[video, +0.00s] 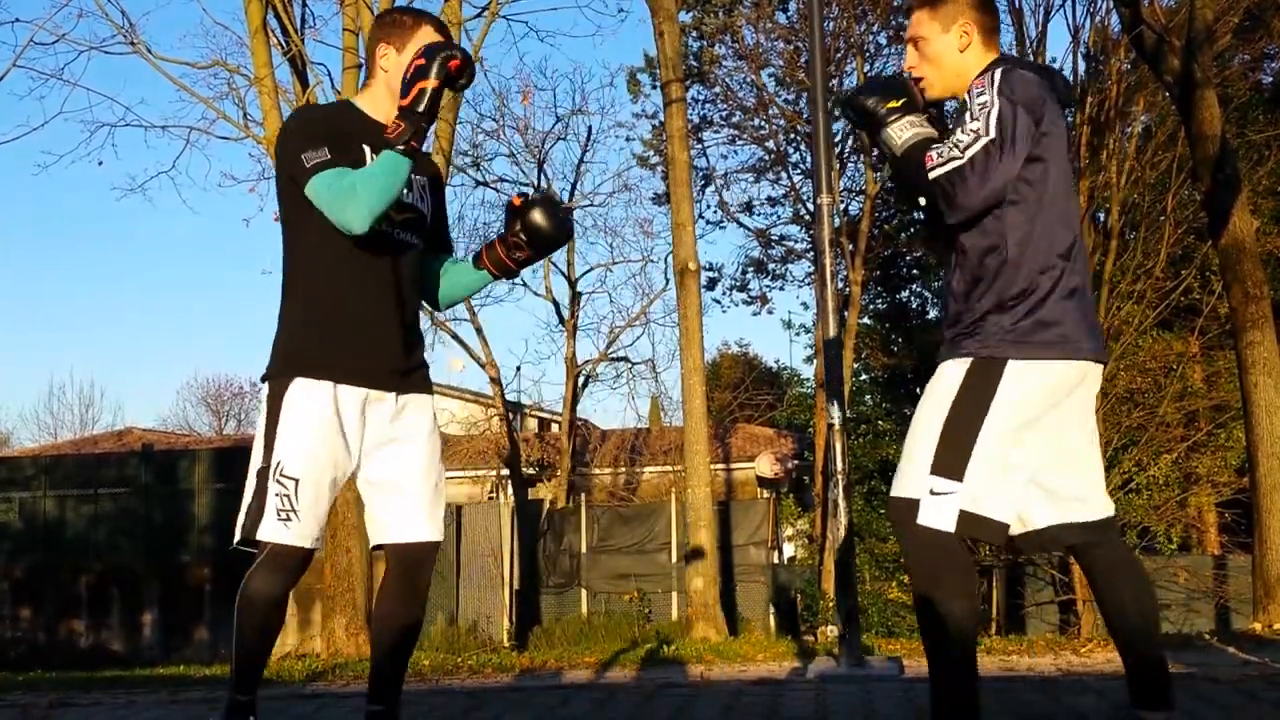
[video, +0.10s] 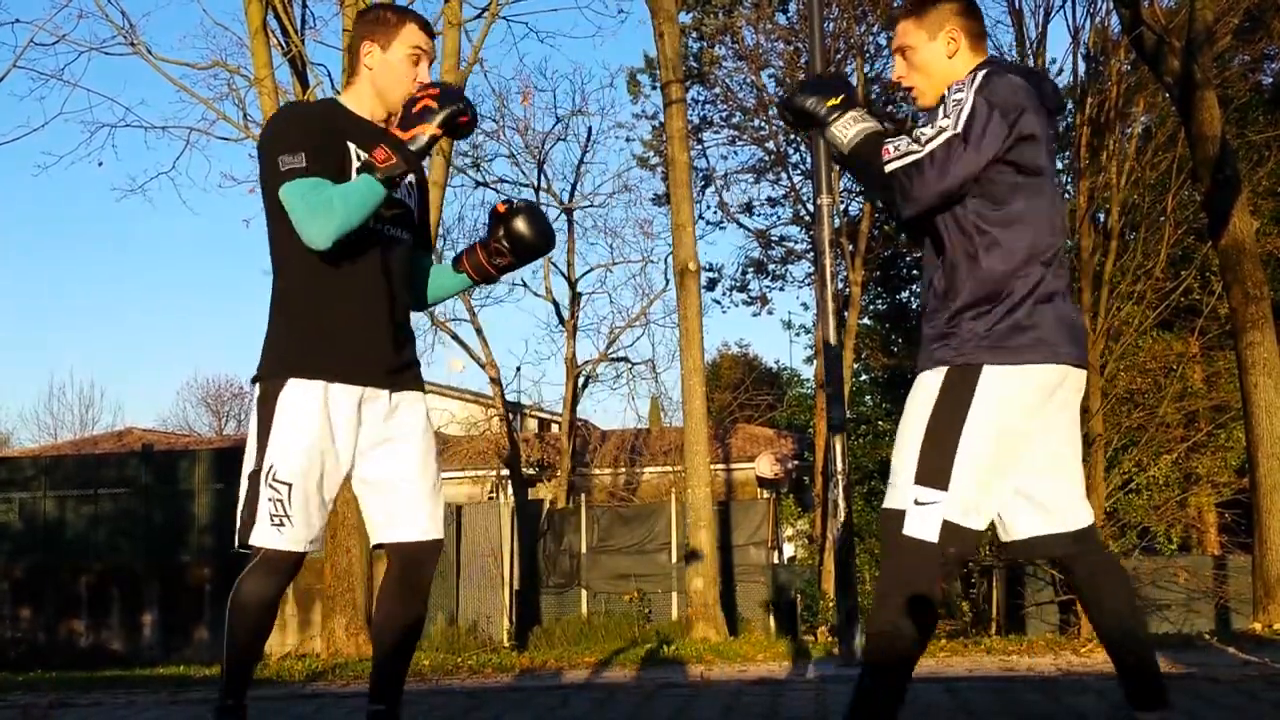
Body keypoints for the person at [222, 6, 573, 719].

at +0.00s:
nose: (438, 75)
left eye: (444, 65)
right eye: (427, 59)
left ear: (445, 75)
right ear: (384, 56)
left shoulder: (426, 175)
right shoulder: (312, 125)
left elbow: (431, 285)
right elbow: (352, 212)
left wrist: (498, 259)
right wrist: (411, 134)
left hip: (403, 383)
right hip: (316, 375)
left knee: (413, 546)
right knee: (287, 546)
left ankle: (383, 710)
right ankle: (240, 706)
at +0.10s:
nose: (427, 73)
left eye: (429, 62)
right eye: (416, 57)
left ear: (386, 60)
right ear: (369, 54)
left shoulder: (405, 164)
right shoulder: (298, 124)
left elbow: (414, 287)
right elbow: (320, 224)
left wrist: (481, 260)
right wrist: (409, 149)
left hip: (394, 380)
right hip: (309, 375)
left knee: (416, 542)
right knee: (282, 545)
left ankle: (384, 708)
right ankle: (231, 706)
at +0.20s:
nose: (418, 92)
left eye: (419, 77)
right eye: (408, 73)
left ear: (374, 71)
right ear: (363, 65)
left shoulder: (394, 176)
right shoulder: (283, 141)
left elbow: (390, 305)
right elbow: (274, 251)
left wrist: (462, 278)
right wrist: (372, 218)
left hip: (385, 388)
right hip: (298, 387)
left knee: (447, 536)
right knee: (271, 560)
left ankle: (396, 708)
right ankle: (229, 715)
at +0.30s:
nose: (418, 91)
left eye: (420, 76)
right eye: (409, 72)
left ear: (373, 71)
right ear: (362, 66)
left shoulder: (392, 175)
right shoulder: (282, 140)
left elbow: (385, 301)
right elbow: (237, 252)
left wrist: (456, 283)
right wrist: (351, 257)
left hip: (390, 385)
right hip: (304, 387)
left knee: (467, 520)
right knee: (273, 557)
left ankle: (435, 704)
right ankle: (230, 714)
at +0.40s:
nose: (432, 79)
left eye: (434, 66)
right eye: (422, 61)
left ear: (388, 64)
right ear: (373, 58)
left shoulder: (408, 166)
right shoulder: (292, 130)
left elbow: (400, 285)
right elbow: (233, 241)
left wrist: (464, 283)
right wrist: (345, 258)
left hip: (404, 374)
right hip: (315, 374)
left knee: (475, 517)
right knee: (281, 548)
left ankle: (495, 704)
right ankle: (230, 711)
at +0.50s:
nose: (457, 82)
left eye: (459, 68)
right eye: (448, 65)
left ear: (412, 68)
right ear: (400, 62)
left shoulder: (435, 172)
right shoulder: (313, 133)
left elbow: (442, 289)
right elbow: (252, 243)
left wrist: (502, 284)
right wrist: (358, 251)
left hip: (423, 380)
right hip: (331, 379)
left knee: (494, 528)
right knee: (289, 551)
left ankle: (518, 706)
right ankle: (233, 709)